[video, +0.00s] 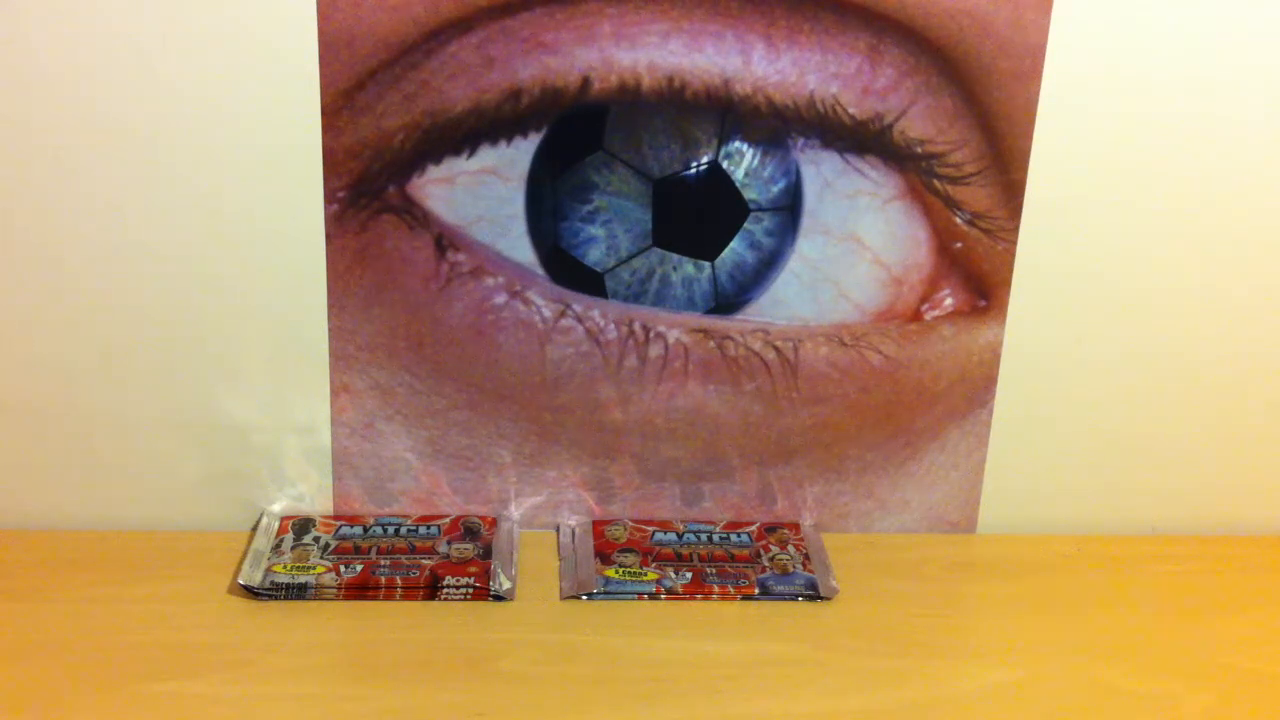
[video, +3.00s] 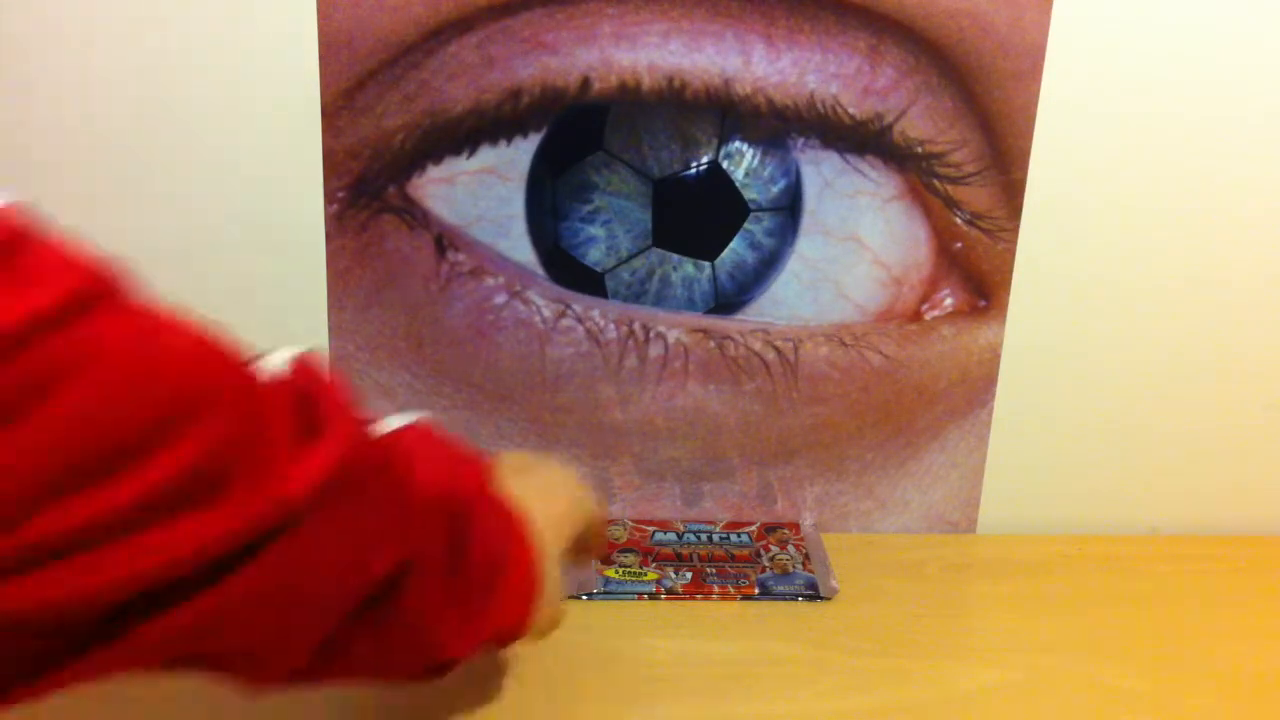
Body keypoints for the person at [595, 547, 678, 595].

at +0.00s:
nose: (621, 560)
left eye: (626, 557)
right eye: (619, 557)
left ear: (638, 558)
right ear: (616, 558)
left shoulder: (651, 573)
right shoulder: (609, 571)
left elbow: (673, 589)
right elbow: (596, 589)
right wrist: (597, 574)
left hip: (640, 606)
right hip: (612, 605)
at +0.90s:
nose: (621, 560)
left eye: (626, 557)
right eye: (619, 557)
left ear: (638, 558)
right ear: (616, 558)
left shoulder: (650, 573)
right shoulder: (610, 571)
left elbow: (665, 582)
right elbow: (597, 586)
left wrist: (672, 588)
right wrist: (597, 574)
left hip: (642, 604)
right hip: (614, 604)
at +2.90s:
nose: (621, 560)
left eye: (626, 557)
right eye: (619, 557)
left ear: (638, 558)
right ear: (616, 558)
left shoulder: (651, 573)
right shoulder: (610, 572)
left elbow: (668, 585)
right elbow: (597, 588)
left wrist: (674, 588)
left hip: (641, 606)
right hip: (612, 606)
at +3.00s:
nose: (621, 560)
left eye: (626, 557)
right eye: (619, 557)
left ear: (638, 558)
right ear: (616, 558)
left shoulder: (651, 573)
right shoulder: (609, 572)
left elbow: (669, 586)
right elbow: (597, 587)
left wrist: (675, 589)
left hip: (642, 606)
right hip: (613, 606)